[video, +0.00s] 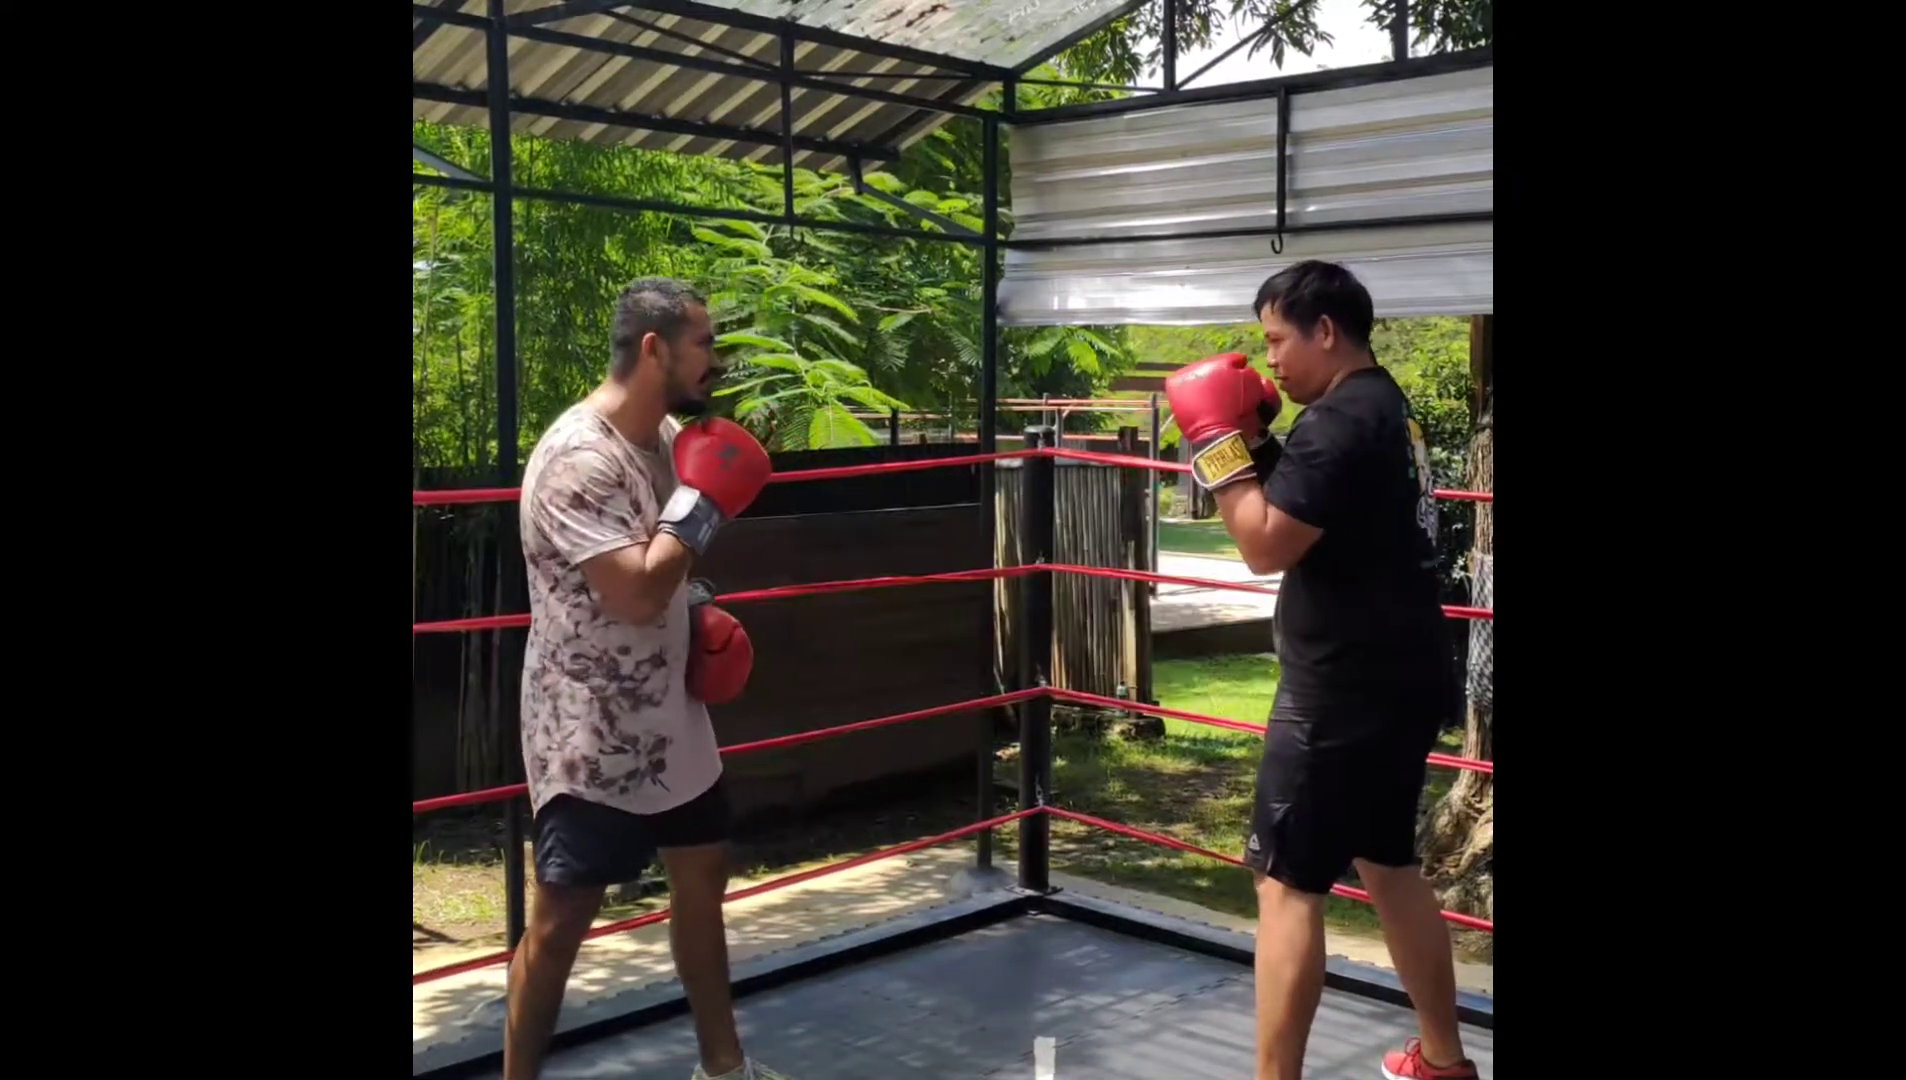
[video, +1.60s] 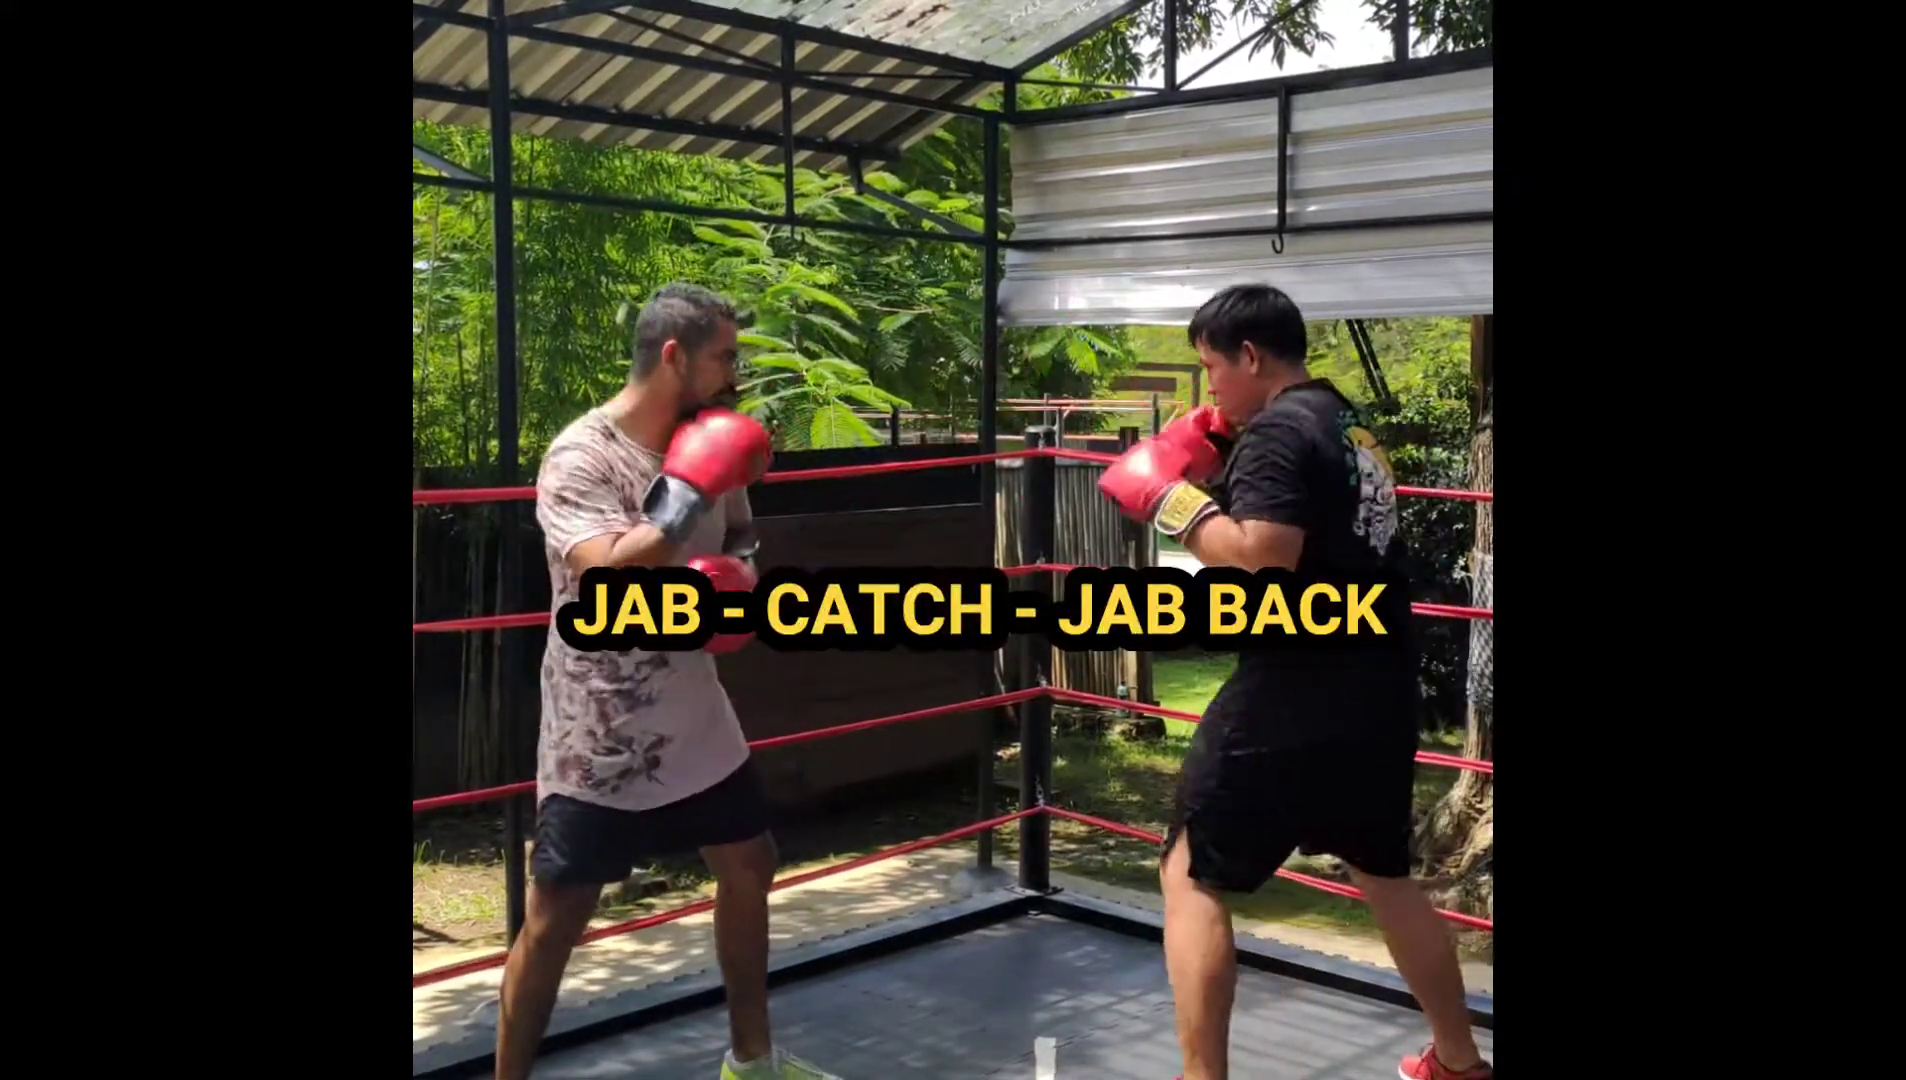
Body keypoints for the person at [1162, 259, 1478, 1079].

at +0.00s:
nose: (1268, 360)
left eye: (1276, 341)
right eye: (1265, 343)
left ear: (1327, 334)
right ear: (1337, 338)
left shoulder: (1342, 420)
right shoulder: (1373, 403)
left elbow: (1265, 546)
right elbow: (1298, 515)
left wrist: (1219, 450)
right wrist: (1251, 443)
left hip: (1337, 687)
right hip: (1397, 680)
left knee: (1286, 880)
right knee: (1390, 862)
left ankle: (1275, 1072)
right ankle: (1444, 1055)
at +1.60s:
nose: (1207, 391)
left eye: (1210, 371)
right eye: (1204, 373)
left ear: (1251, 359)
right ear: (1278, 357)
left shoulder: (1281, 430)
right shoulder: (1341, 423)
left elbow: (1261, 559)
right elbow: (1310, 544)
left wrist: (1172, 500)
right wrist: (1225, 469)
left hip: (1289, 692)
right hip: (1378, 695)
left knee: (1191, 872)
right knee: (1390, 874)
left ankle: (1202, 1071)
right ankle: (1459, 1055)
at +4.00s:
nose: (1168, 383)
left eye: (1168, 365)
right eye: (1163, 367)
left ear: (1201, 346)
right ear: (1244, 342)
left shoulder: (1208, 406)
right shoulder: (1323, 398)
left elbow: (1079, 475)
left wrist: (980, 432)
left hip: (1253, 680)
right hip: (1352, 678)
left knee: (1187, 871)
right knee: (1362, 852)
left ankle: (1182, 1069)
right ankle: (1434, 1038)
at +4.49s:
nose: (1241, 380)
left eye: (1243, 361)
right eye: (1234, 366)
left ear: (1292, 344)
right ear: (1308, 344)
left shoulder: (1329, 423)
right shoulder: (1366, 405)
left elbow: (1269, 561)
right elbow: (1292, 529)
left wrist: (1212, 457)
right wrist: (1237, 450)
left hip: (1337, 687)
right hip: (1404, 682)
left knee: (1275, 889)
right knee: (1392, 873)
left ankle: (1250, 1072)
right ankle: (1437, 1063)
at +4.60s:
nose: (1239, 384)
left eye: (1241, 366)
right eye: (1232, 371)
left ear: (1290, 348)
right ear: (1305, 348)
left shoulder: (1328, 426)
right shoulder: (1364, 405)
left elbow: (1274, 566)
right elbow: (1300, 523)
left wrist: (1209, 464)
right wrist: (1240, 450)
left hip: (1335, 689)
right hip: (1404, 684)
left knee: (1267, 888)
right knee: (1388, 874)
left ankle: (1246, 1072)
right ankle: (1436, 1063)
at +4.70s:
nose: (1233, 394)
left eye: (1234, 377)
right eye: (1226, 382)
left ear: (1278, 358)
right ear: (1298, 355)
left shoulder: (1321, 434)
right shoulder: (1361, 408)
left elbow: (1269, 577)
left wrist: (1207, 477)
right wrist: (1242, 454)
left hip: (1336, 691)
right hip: (1404, 686)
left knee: (1250, 882)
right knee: (1380, 872)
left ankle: (1242, 1072)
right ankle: (1434, 1063)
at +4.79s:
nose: (1229, 398)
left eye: (1229, 380)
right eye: (1221, 385)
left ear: (1271, 362)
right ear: (1297, 358)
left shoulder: (1311, 439)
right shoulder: (1363, 409)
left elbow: (1258, 578)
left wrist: (1201, 476)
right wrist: (1241, 452)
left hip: (1327, 693)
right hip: (1404, 687)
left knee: (1237, 879)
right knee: (1382, 871)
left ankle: (1241, 1072)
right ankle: (1434, 1064)